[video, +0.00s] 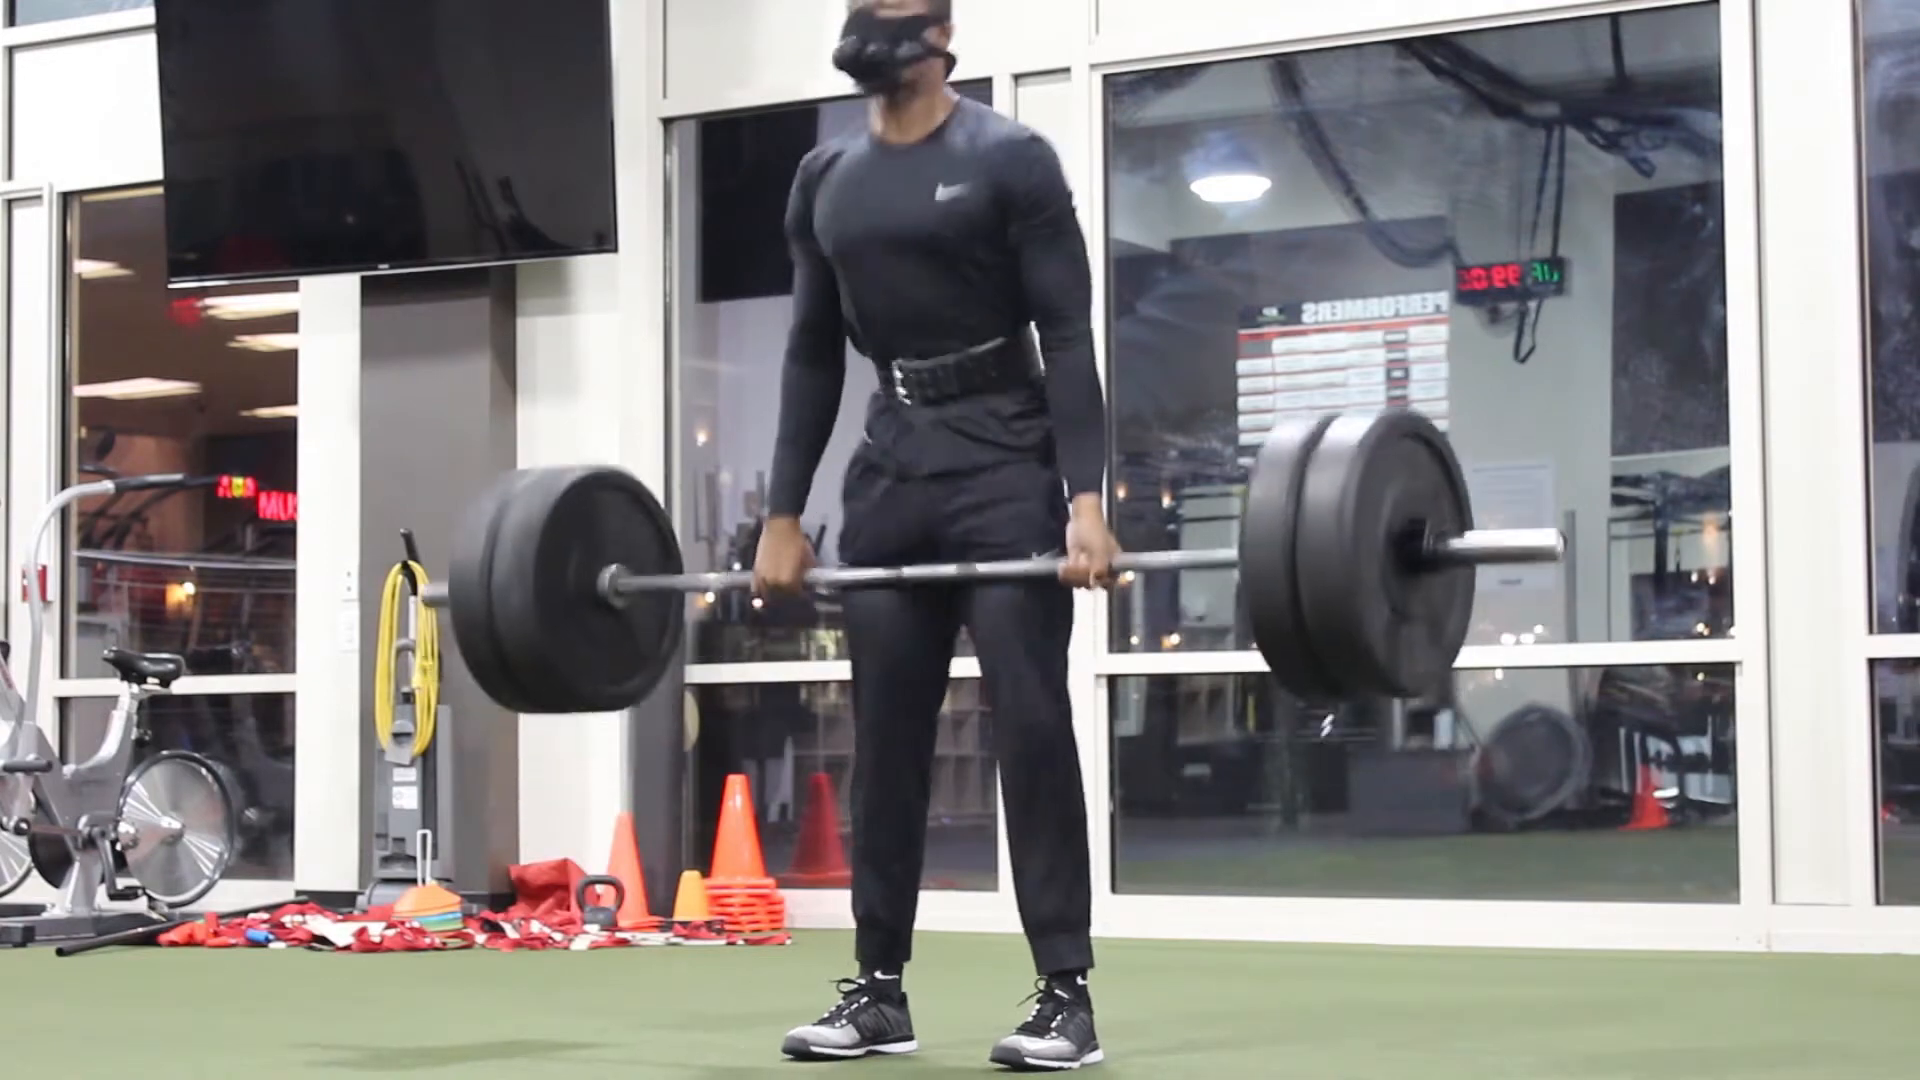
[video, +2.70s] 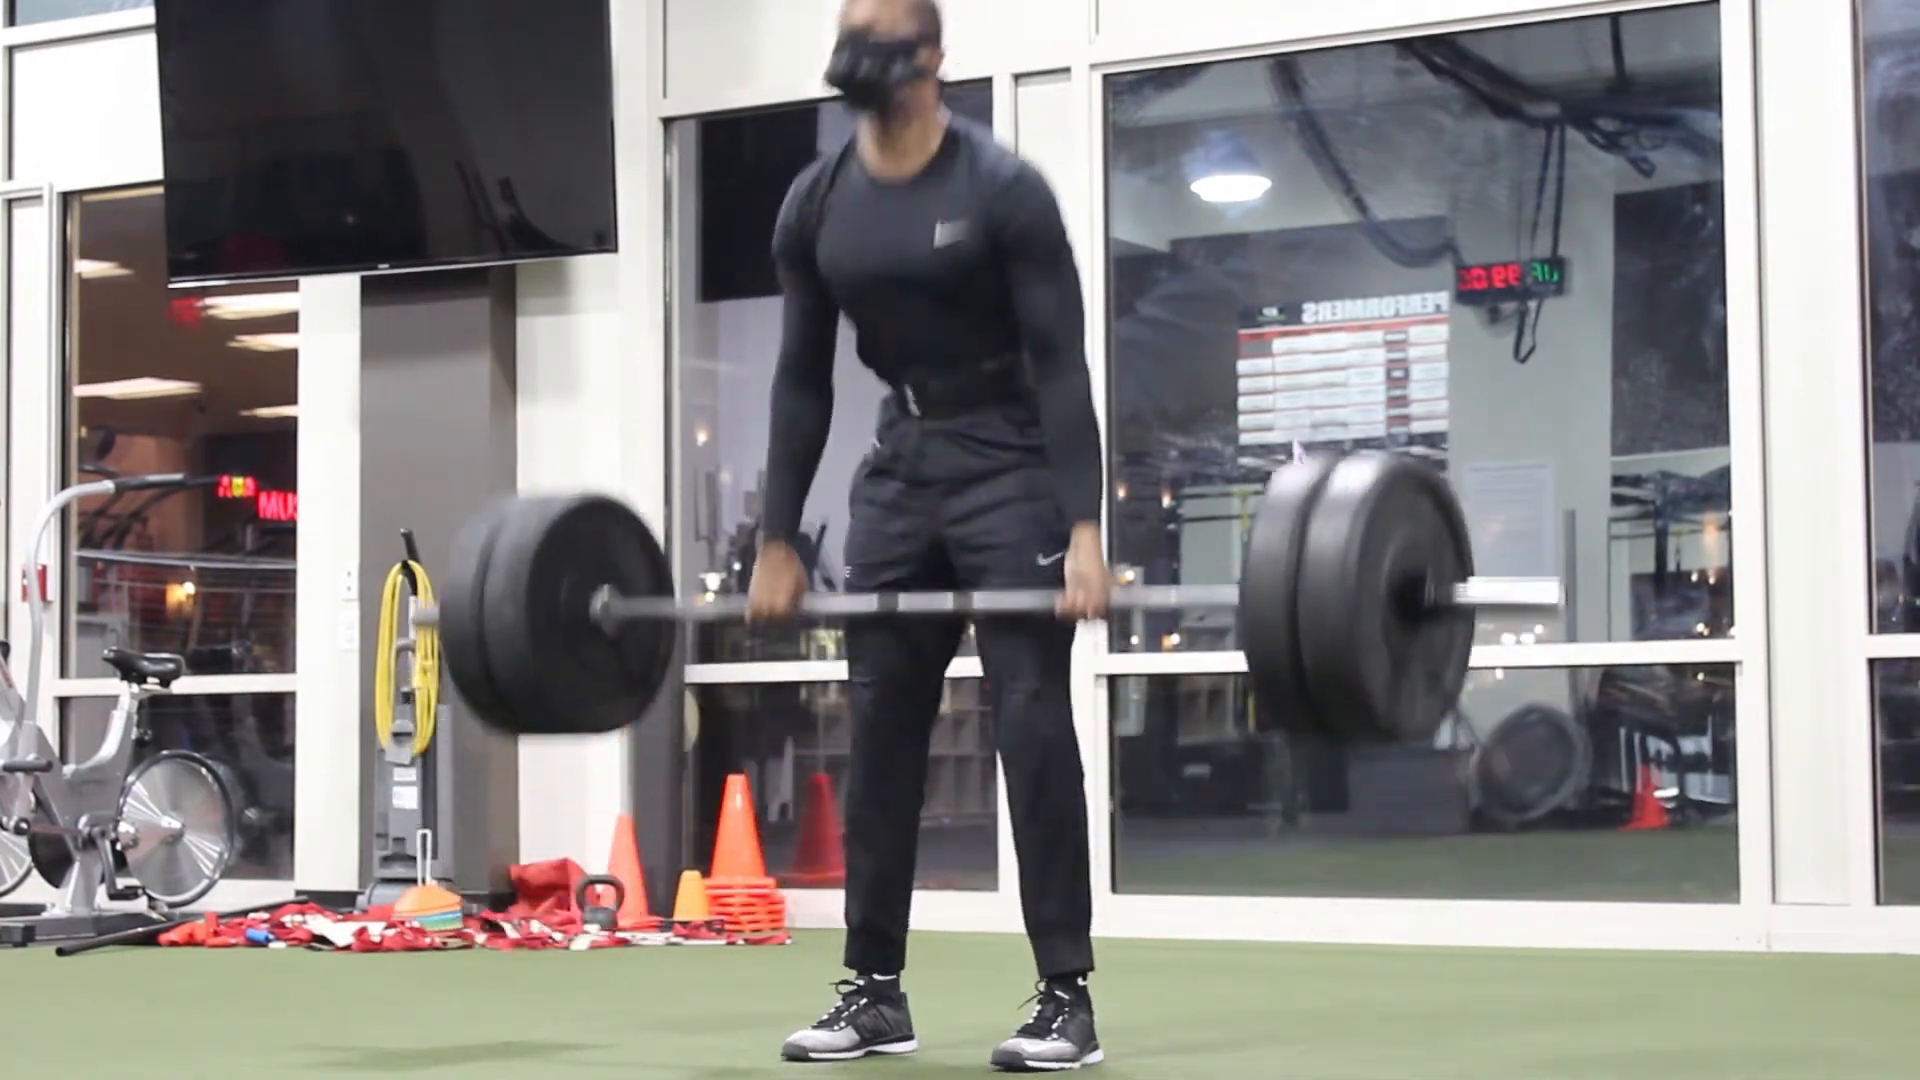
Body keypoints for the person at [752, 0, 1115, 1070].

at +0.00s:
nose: (890, 23)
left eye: (911, 10)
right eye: (873, 11)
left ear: (948, 32)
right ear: (849, 40)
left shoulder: (1012, 157)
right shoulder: (824, 179)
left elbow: (1069, 335)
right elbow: (812, 353)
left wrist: (1085, 499)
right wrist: (785, 510)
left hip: (1010, 440)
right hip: (892, 443)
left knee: (1032, 723)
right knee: (887, 729)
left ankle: (1064, 995)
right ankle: (879, 989)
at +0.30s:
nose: (859, 120)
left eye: (881, 103)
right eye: (849, 102)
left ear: (936, 110)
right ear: (837, 115)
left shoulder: (1008, 242)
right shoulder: (823, 261)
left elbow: (1055, 426)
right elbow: (802, 437)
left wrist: (1077, 593)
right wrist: (775, 605)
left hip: (1041, 499)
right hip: (930, 500)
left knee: (1043, 711)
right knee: (883, 714)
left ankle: (1067, 999)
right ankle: (873, 993)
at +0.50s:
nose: (817, 274)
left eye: (841, 259)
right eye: (810, 256)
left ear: (901, 271)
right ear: (799, 258)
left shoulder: (991, 377)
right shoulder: (804, 402)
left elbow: (1054, 567)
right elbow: (793, 578)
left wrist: (1075, 742)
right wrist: (766, 749)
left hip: (1051, 530)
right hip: (939, 544)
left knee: (1041, 729)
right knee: (852, 728)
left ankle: (1065, 1002)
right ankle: (872, 996)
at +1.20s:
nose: (813, 148)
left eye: (838, 130)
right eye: (806, 129)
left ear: (899, 138)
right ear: (799, 138)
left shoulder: (987, 258)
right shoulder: (796, 273)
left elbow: (1056, 424)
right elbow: (789, 443)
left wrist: (1078, 585)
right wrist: (775, 604)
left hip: (1026, 497)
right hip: (911, 499)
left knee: (1034, 719)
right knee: (878, 728)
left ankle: (1066, 995)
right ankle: (874, 991)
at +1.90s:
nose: (812, 299)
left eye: (836, 281)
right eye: (804, 280)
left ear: (897, 289)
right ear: (793, 282)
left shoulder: (986, 391)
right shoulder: (798, 415)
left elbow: (1051, 580)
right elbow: (786, 586)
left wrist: (1072, 761)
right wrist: (761, 759)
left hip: (1048, 535)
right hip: (933, 548)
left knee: (1029, 730)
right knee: (849, 725)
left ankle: (1064, 999)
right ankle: (871, 994)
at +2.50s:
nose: (806, 206)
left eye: (830, 190)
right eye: (799, 187)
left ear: (889, 197)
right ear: (788, 191)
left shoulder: (980, 308)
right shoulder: (789, 328)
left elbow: (1051, 479)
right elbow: (785, 497)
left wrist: (1082, 656)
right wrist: (775, 665)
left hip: (1034, 502)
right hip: (919, 509)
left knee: (1041, 733)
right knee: (868, 725)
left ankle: (1065, 998)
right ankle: (873, 992)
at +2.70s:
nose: (862, 49)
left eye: (885, 31)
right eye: (853, 34)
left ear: (934, 54)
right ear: (840, 59)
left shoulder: (1006, 189)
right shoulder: (815, 203)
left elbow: (1061, 365)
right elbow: (801, 379)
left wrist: (1086, 527)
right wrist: (779, 534)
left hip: (1014, 461)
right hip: (899, 463)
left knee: (1031, 729)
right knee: (882, 731)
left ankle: (1064, 998)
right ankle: (875, 992)